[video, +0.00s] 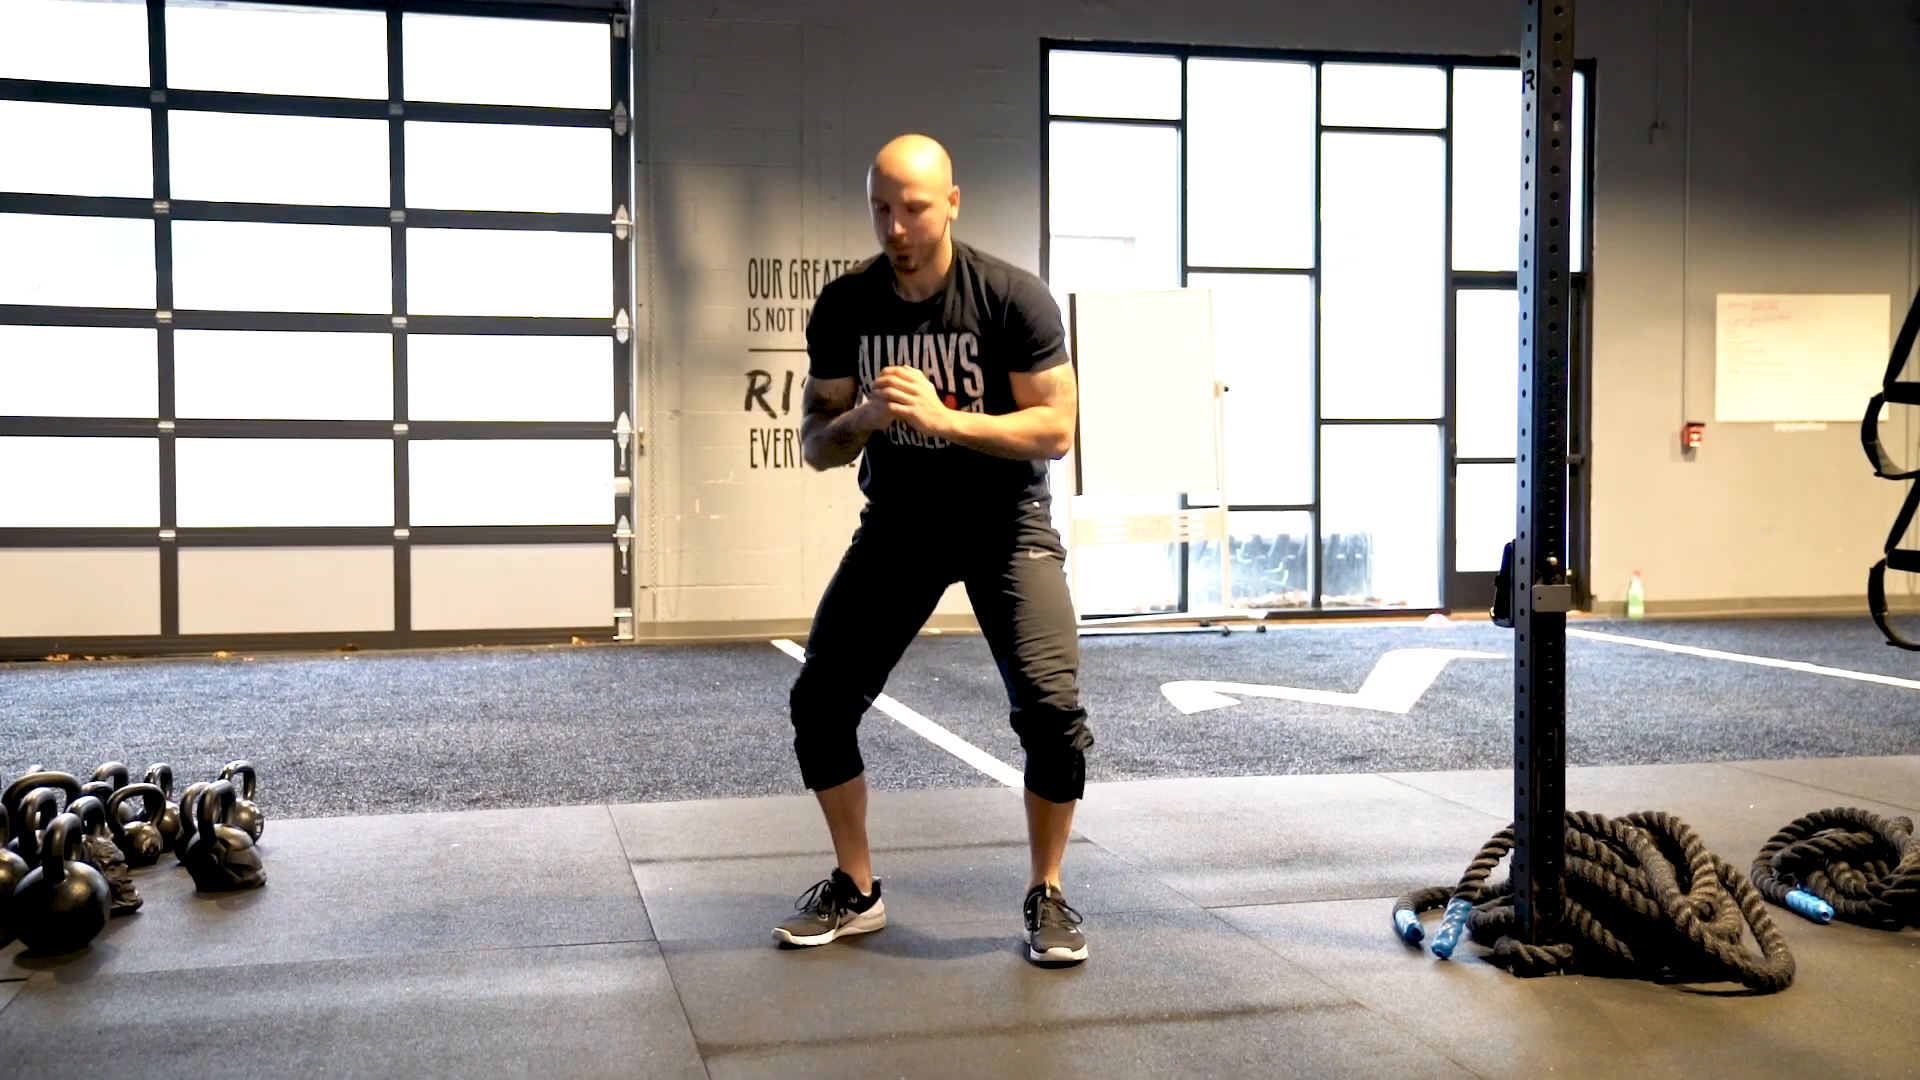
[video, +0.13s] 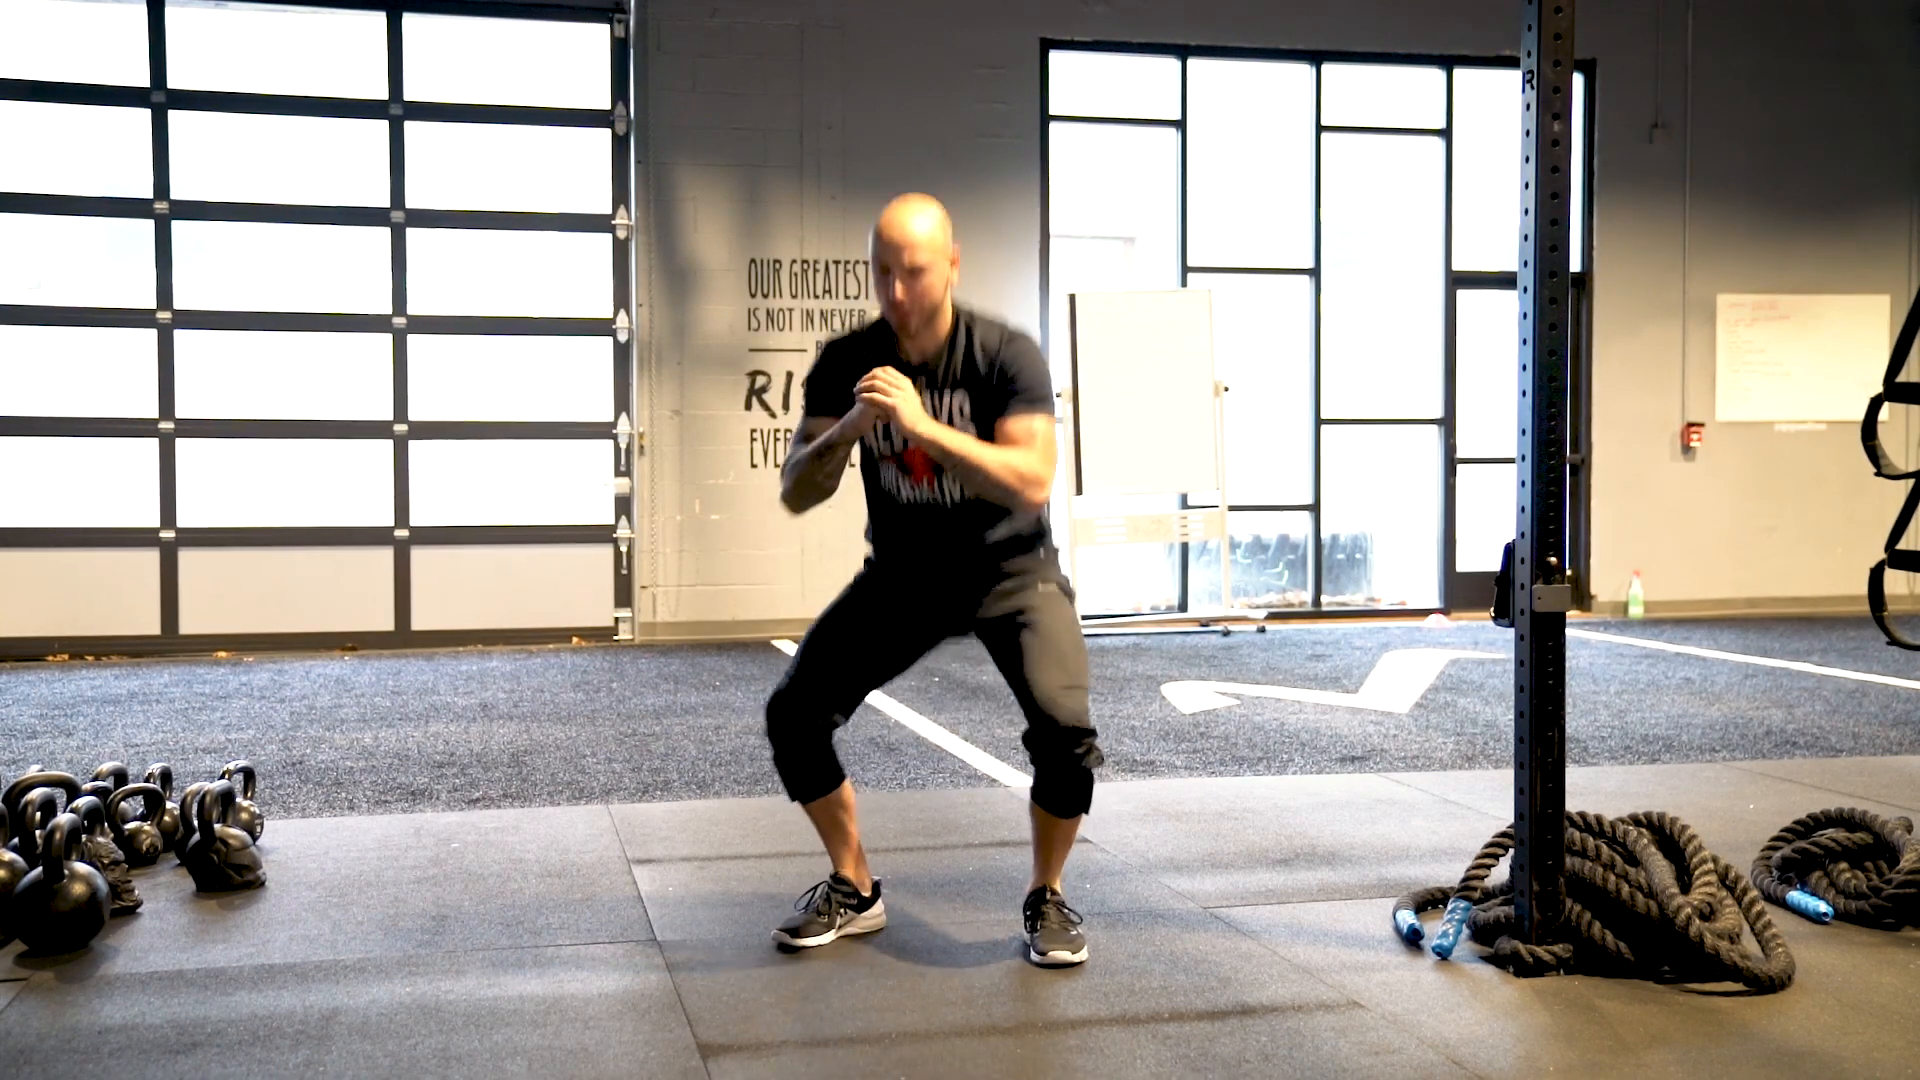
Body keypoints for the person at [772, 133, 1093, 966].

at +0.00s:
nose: (895, 228)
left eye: (913, 209)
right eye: (883, 210)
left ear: (953, 206)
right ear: (871, 210)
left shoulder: (1015, 300)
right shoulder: (844, 306)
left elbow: (1054, 431)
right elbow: (819, 447)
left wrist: (948, 418)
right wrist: (864, 417)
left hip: (1010, 526)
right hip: (902, 527)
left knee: (1056, 714)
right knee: (820, 702)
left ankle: (1047, 893)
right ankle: (855, 886)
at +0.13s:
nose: (895, 293)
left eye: (913, 273)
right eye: (883, 273)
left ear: (952, 269)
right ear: (869, 271)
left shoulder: (1007, 355)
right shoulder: (844, 362)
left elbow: (1032, 484)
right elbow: (797, 495)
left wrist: (924, 430)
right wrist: (846, 430)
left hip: (1010, 569)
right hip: (903, 574)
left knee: (1067, 727)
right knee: (794, 716)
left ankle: (1047, 897)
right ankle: (853, 886)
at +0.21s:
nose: (895, 362)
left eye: (913, 342)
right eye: (884, 342)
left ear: (953, 337)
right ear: (870, 340)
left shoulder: (1004, 422)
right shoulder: (850, 422)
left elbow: (1016, 532)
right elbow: (783, 539)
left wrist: (912, 450)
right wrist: (844, 457)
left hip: (1010, 628)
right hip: (903, 630)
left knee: (1082, 749)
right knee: (775, 730)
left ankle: (1046, 900)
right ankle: (853, 888)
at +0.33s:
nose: (898, 459)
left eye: (917, 443)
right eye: (886, 442)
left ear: (955, 441)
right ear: (873, 440)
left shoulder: (1004, 513)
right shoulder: (850, 515)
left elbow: (1004, 613)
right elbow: (779, 619)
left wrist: (908, 520)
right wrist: (847, 524)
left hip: (1001, 706)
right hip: (899, 707)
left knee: (1092, 762)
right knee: (767, 741)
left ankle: (1046, 899)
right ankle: (854, 889)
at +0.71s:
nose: (899, 377)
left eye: (917, 358)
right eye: (888, 358)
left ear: (954, 357)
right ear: (873, 358)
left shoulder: (1007, 442)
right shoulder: (846, 445)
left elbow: (1048, 563)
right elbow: (792, 572)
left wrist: (929, 510)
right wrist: (851, 513)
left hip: (1008, 631)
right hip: (903, 631)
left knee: (1085, 750)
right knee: (774, 731)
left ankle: (1047, 899)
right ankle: (854, 890)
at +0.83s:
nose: (897, 278)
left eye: (915, 260)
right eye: (885, 259)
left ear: (952, 257)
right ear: (870, 258)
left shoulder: (1014, 351)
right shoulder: (843, 356)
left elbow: (1061, 472)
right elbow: (817, 487)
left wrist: (955, 472)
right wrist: (867, 467)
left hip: (1009, 566)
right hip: (899, 566)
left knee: (1068, 731)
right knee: (792, 716)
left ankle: (1048, 897)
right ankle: (854, 888)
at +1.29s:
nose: (893, 404)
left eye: (910, 387)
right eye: (882, 387)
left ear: (948, 382)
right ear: (867, 385)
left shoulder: (995, 458)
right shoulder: (851, 464)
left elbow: (995, 548)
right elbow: (775, 557)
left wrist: (908, 450)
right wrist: (837, 457)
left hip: (1002, 660)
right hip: (898, 664)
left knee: (1088, 760)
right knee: (762, 741)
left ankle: (1047, 899)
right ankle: (854, 889)